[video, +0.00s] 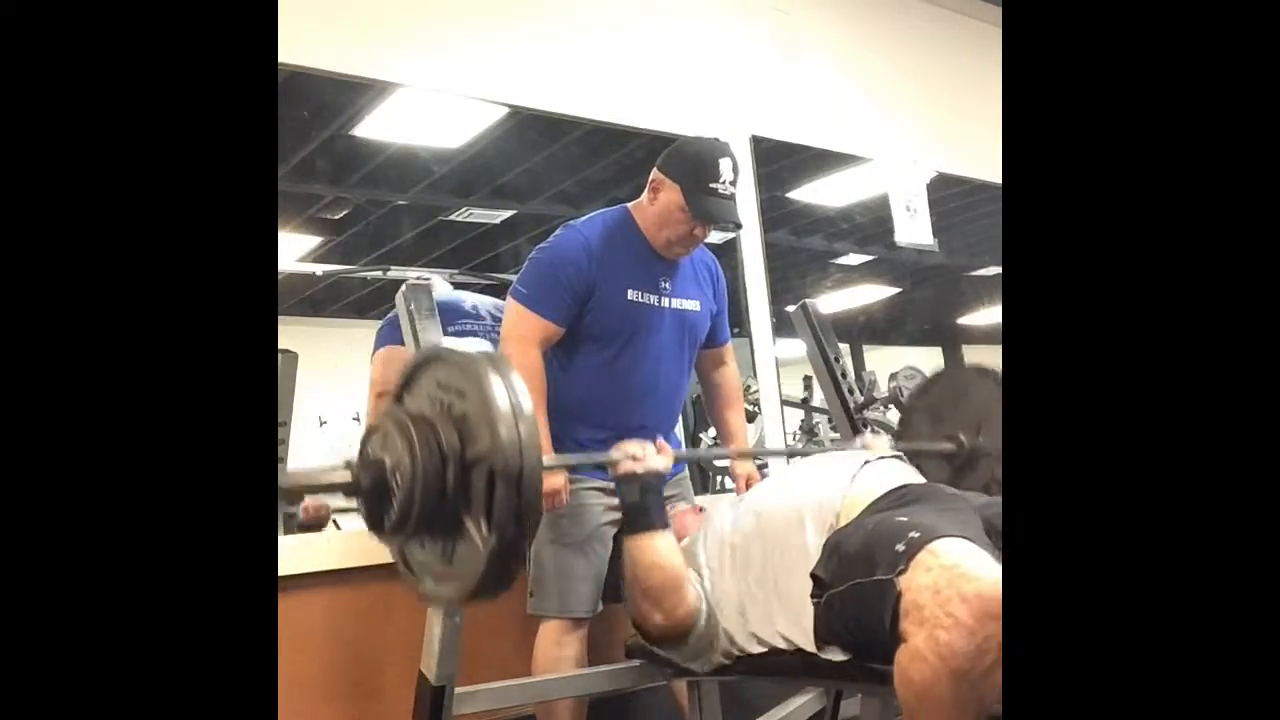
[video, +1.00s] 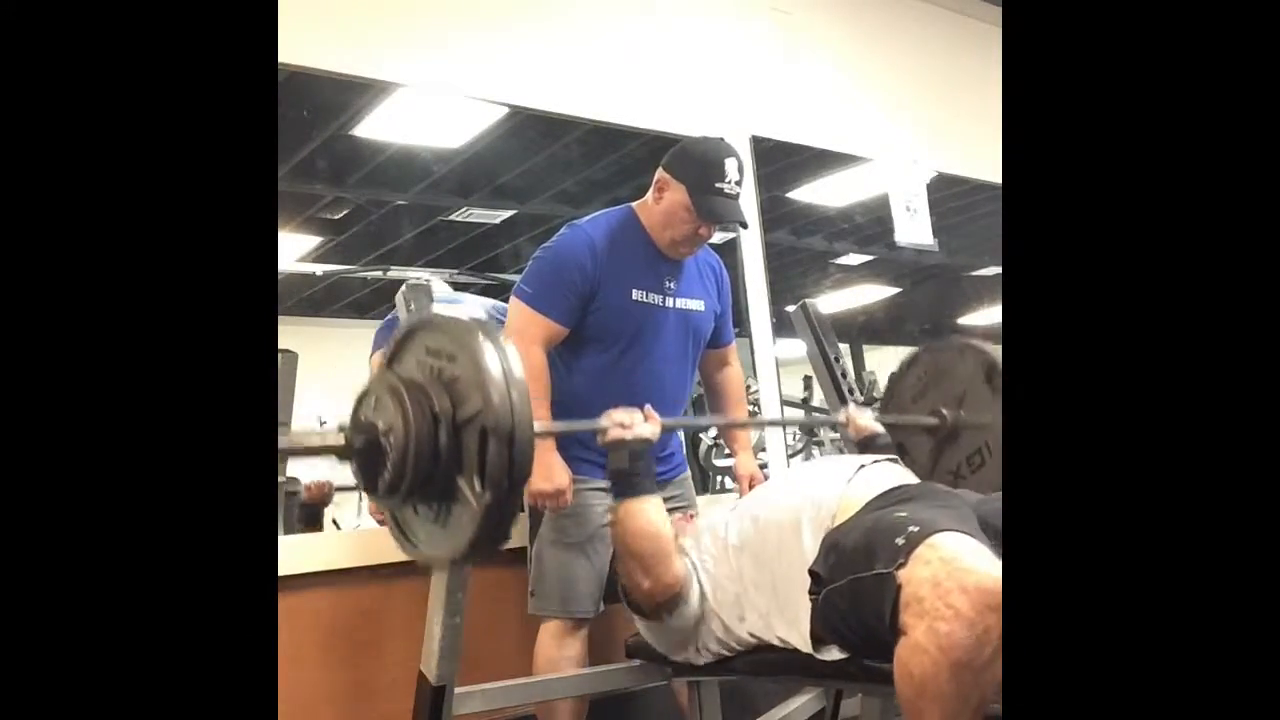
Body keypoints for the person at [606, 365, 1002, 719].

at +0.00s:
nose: (680, 505)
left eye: (680, 500)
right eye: (667, 512)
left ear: (698, 504)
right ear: (660, 545)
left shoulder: (753, 506)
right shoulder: (689, 593)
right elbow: (662, 613)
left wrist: (872, 451)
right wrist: (641, 493)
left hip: (934, 493)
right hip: (863, 529)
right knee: (975, 609)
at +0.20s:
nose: (685, 495)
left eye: (685, 492)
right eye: (671, 502)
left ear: (703, 495)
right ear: (671, 539)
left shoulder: (764, 497)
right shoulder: (696, 581)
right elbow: (680, 667)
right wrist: (653, 543)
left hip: (948, 492)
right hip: (870, 529)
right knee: (974, 609)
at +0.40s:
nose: (688, 503)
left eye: (688, 498)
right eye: (674, 506)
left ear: (703, 503)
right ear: (668, 537)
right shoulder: (690, 576)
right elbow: (671, 640)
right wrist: (647, 514)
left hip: (951, 494)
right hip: (873, 528)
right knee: (976, 611)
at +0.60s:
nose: (674, 510)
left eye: (670, 506)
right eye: (657, 521)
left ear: (682, 508)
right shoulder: (685, 607)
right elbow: (649, 583)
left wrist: (870, 447)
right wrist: (630, 458)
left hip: (941, 494)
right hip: (858, 531)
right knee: (974, 597)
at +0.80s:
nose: (674, 508)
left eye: (671, 501)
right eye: (655, 515)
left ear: (685, 501)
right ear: (640, 562)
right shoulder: (685, 597)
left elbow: (879, 475)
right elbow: (641, 541)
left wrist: (862, 413)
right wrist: (622, 416)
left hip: (944, 488)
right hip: (862, 528)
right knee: (976, 589)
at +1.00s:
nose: (675, 509)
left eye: (670, 504)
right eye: (657, 517)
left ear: (684, 507)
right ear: (639, 568)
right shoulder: (681, 606)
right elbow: (654, 580)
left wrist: (869, 441)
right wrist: (628, 455)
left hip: (940, 496)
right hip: (854, 530)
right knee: (971, 595)